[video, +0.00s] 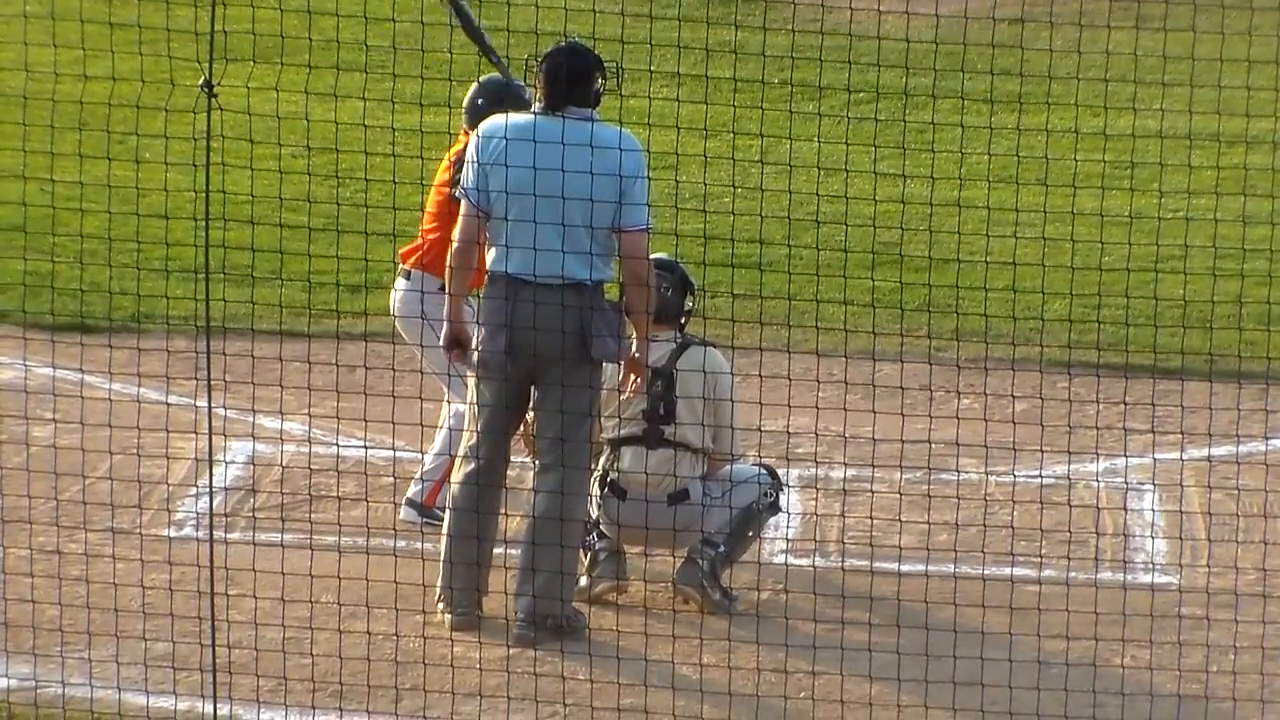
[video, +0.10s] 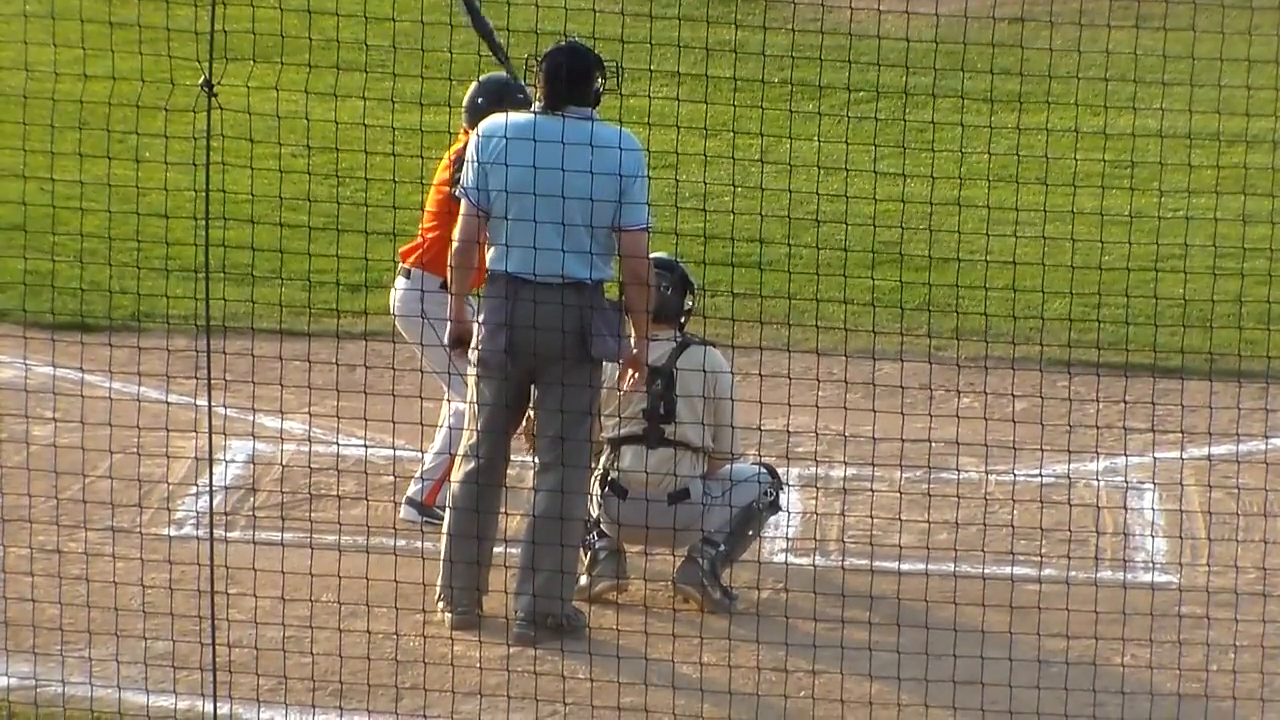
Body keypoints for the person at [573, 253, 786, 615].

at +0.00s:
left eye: (633, 293)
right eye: (686, 298)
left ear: (629, 303)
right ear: (682, 309)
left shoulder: (606, 357)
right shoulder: (709, 361)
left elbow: (585, 443)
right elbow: (719, 458)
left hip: (615, 512)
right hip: (680, 514)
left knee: (590, 470)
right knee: (765, 482)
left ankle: (604, 557)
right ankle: (703, 564)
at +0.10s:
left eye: (634, 291)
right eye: (686, 296)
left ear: (630, 302)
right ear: (682, 307)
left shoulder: (606, 357)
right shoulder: (708, 360)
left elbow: (587, 439)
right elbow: (721, 455)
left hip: (617, 512)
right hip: (682, 513)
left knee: (592, 468)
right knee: (765, 481)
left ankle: (604, 557)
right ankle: (703, 563)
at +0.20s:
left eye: (633, 291)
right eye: (682, 296)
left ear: (629, 302)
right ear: (680, 307)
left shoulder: (606, 357)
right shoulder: (707, 361)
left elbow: (595, 440)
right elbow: (722, 454)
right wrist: (685, 476)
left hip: (618, 512)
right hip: (682, 514)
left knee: (597, 467)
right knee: (763, 481)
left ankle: (603, 557)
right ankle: (703, 564)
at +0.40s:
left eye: (623, 295)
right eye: (672, 298)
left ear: (617, 304)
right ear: (669, 306)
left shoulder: (601, 357)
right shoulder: (700, 359)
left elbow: (583, 440)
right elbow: (726, 445)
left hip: (617, 511)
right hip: (682, 512)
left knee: (590, 462)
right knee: (754, 477)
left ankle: (603, 554)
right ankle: (702, 564)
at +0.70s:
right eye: (659, 298)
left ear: (605, 309)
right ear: (658, 308)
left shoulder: (592, 358)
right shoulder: (686, 357)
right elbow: (746, 413)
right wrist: (702, 424)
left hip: (601, 511)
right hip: (663, 511)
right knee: (749, 444)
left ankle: (608, 555)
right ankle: (718, 551)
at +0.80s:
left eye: (623, 302)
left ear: (614, 308)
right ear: (666, 307)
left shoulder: (593, 355)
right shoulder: (686, 357)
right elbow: (750, 413)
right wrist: (697, 441)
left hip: (591, 506)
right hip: (657, 506)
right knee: (751, 452)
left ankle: (607, 557)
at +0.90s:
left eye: (629, 302)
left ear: (621, 311)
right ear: (675, 312)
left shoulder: (599, 361)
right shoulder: (691, 363)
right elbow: (757, 422)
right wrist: (715, 435)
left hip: (592, 508)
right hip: (653, 510)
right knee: (751, 468)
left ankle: (604, 563)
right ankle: (774, 588)